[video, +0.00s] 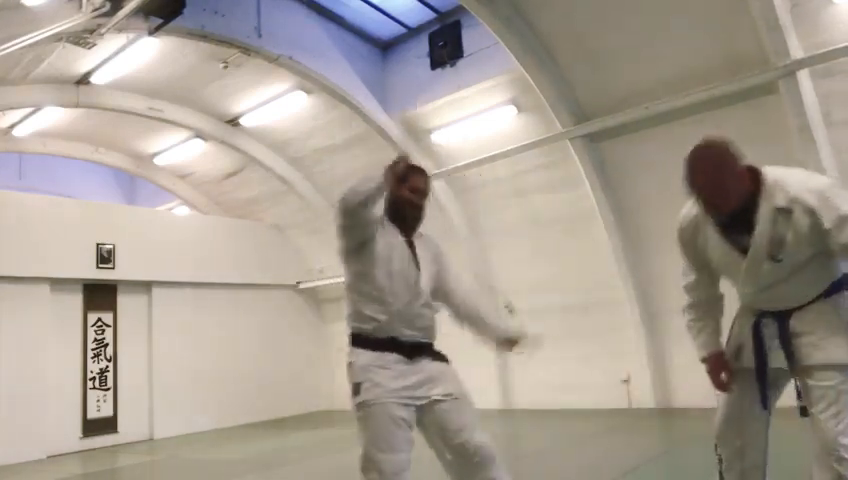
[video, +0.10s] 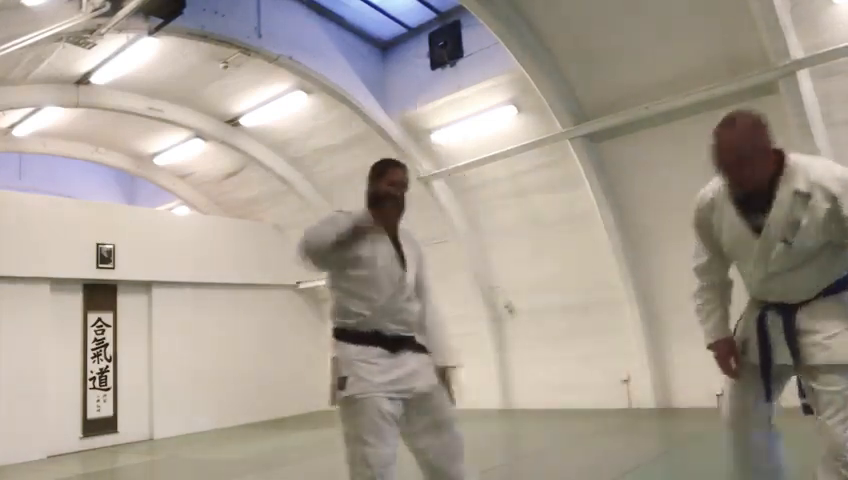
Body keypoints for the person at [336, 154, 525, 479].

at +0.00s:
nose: (415, 200)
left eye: (422, 194)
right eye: (408, 190)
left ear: (427, 202)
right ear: (389, 192)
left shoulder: (428, 248)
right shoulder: (366, 236)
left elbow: (456, 299)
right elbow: (352, 206)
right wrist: (385, 181)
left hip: (427, 363)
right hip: (377, 363)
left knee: (474, 454)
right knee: (387, 468)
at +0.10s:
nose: (394, 192)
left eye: (401, 187)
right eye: (387, 185)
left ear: (406, 195)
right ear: (371, 188)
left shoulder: (410, 243)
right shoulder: (346, 229)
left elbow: (425, 307)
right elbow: (310, 247)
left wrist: (440, 360)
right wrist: (356, 224)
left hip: (412, 359)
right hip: (363, 359)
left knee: (446, 454)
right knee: (374, 465)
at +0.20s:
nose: (383, 194)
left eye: (387, 189)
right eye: (376, 187)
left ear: (390, 194)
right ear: (355, 189)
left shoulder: (392, 240)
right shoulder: (329, 234)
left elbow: (396, 302)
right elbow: (290, 297)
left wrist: (417, 347)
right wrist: (337, 322)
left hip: (401, 365)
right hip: (352, 369)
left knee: (418, 458)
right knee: (360, 469)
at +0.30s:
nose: (367, 206)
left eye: (370, 199)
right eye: (361, 198)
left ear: (373, 204)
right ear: (338, 201)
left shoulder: (374, 251)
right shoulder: (312, 246)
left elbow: (389, 302)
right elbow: (283, 310)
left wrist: (418, 327)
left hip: (377, 365)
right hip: (335, 366)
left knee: (389, 458)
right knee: (352, 466)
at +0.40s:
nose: (353, 217)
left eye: (355, 210)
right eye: (346, 209)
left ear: (356, 214)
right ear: (322, 213)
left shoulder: (361, 262)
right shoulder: (297, 257)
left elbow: (392, 297)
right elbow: (270, 321)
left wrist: (428, 313)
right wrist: (289, 378)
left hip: (356, 372)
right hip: (318, 372)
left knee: (354, 462)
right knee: (339, 463)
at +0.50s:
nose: (342, 222)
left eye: (343, 216)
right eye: (335, 215)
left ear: (343, 221)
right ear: (310, 219)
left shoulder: (344, 266)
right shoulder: (284, 260)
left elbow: (382, 295)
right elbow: (258, 320)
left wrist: (432, 312)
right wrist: (274, 374)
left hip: (337, 372)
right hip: (300, 373)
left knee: (340, 463)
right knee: (325, 464)